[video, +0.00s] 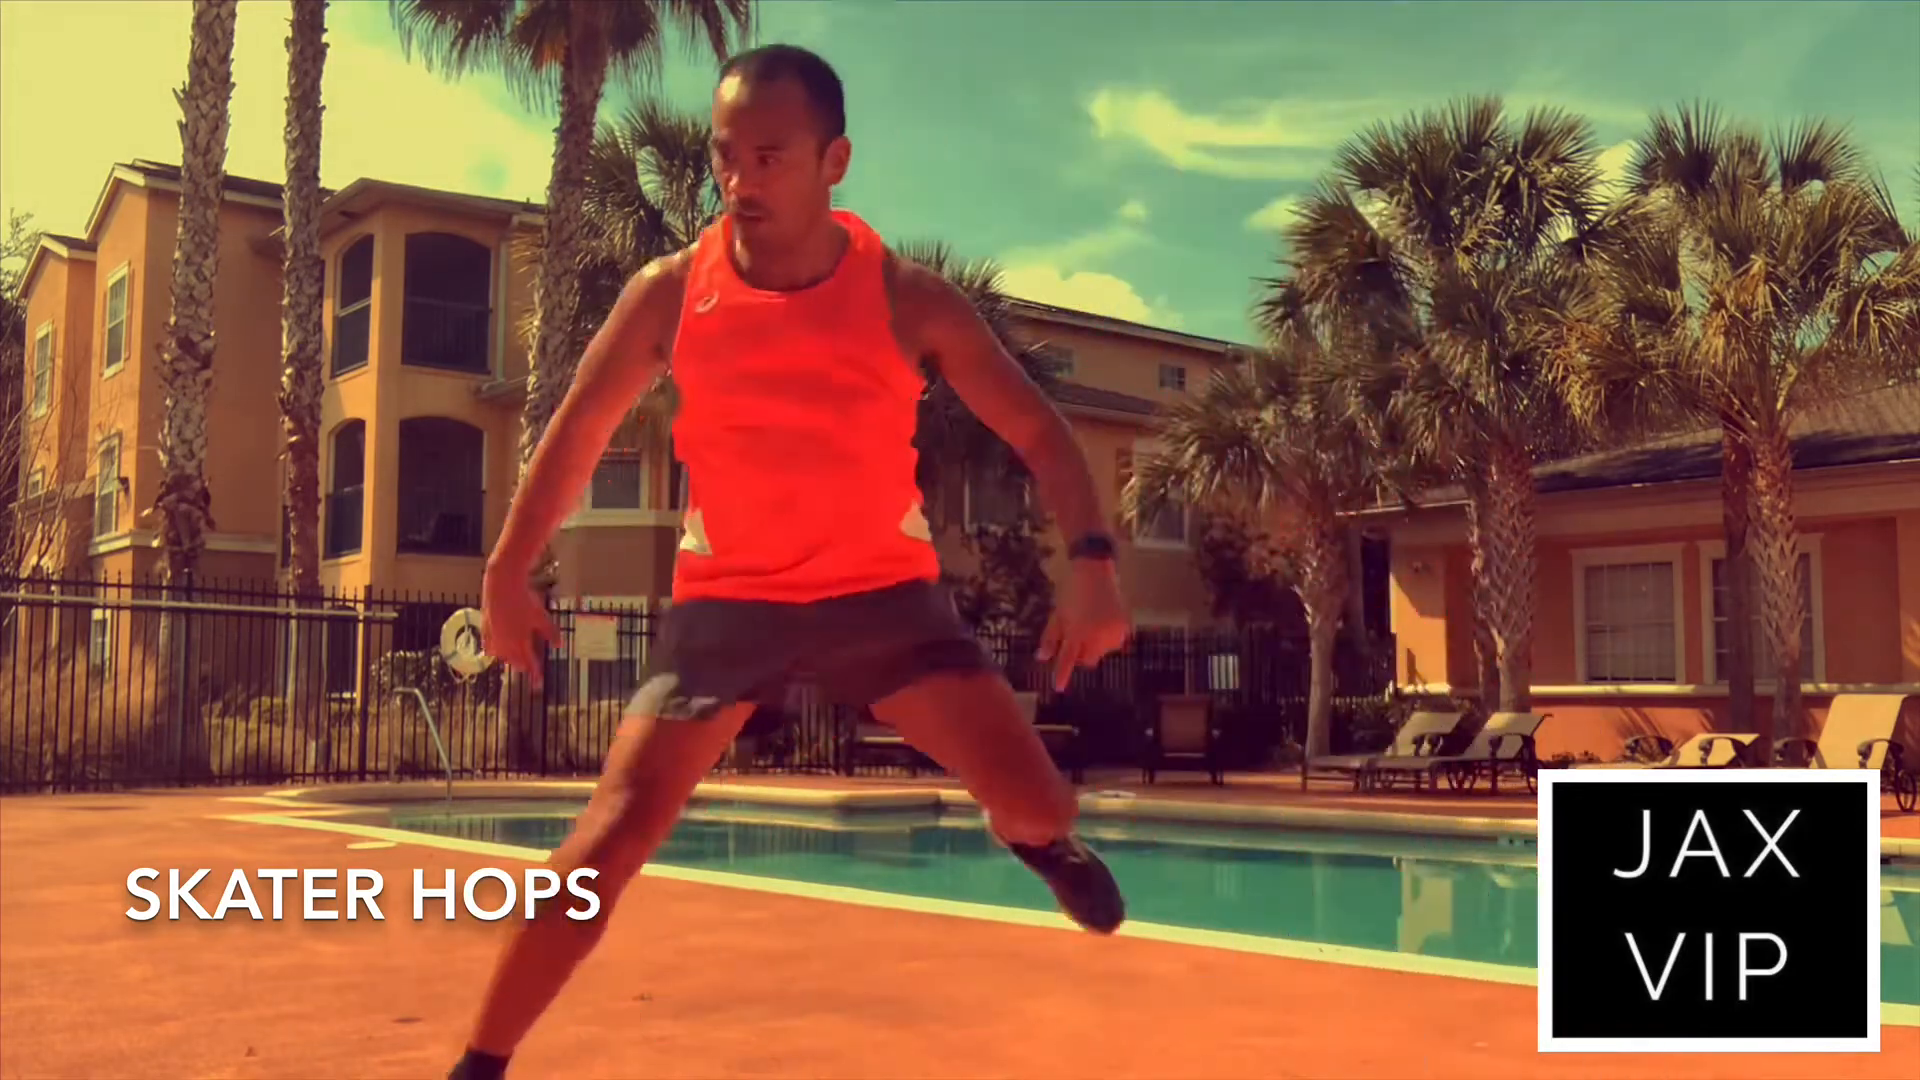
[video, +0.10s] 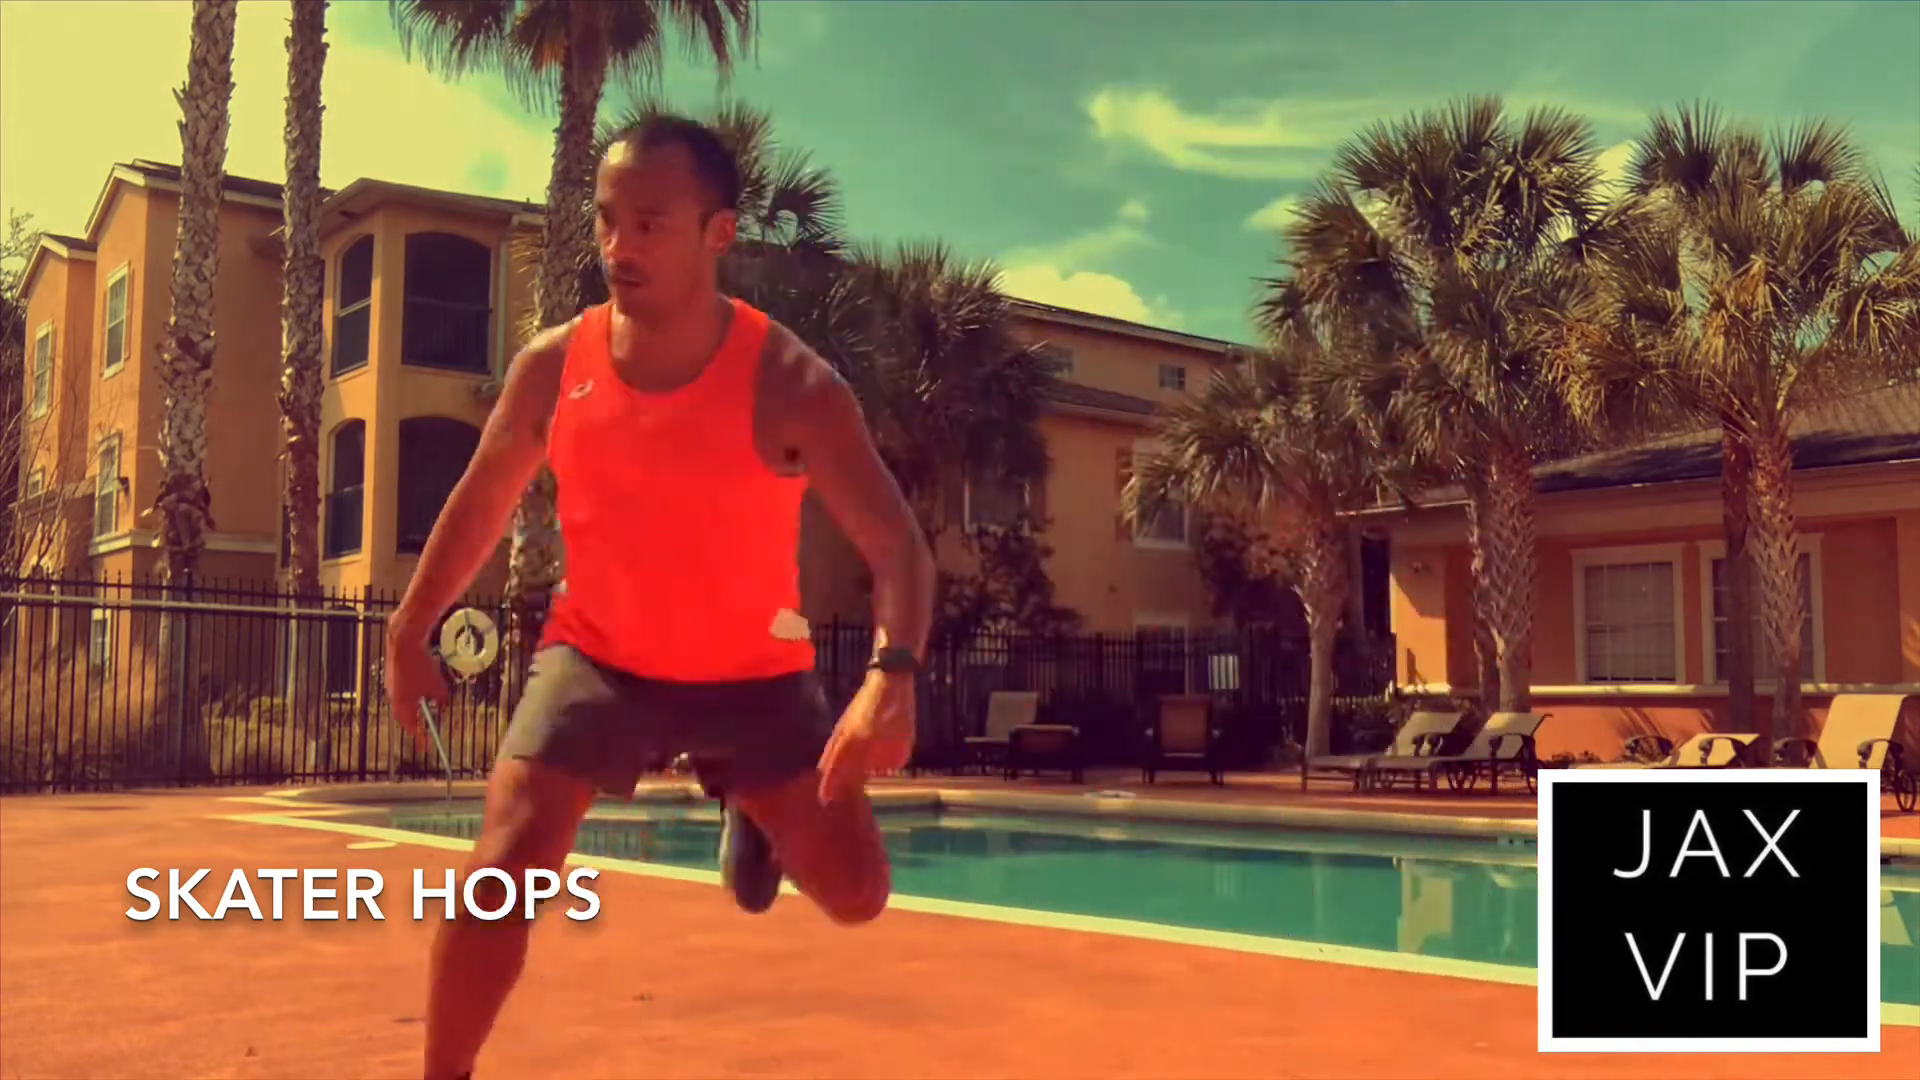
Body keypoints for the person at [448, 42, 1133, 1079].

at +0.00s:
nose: (739, 182)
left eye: (767, 156)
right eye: (726, 156)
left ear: (834, 159)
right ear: (710, 155)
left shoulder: (908, 296)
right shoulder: (669, 294)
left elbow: (1036, 432)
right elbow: (576, 434)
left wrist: (1091, 558)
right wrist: (504, 572)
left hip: (885, 599)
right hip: (726, 606)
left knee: (1042, 808)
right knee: (613, 834)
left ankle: (1040, 844)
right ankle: (480, 1063)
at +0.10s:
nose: (619, 247)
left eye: (650, 223)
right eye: (609, 220)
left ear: (720, 231)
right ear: (595, 224)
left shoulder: (791, 386)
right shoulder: (554, 368)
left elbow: (896, 548)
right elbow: (483, 498)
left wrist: (894, 677)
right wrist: (409, 626)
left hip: (758, 676)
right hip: (595, 664)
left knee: (858, 898)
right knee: (501, 873)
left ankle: (764, 809)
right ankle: (444, 1073)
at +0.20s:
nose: (528, 294)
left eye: (559, 271)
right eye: (520, 268)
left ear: (634, 289)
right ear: (508, 270)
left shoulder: (697, 429)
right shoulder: (480, 407)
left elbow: (743, 620)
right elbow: (421, 536)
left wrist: (670, 756)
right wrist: (343, 640)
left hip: (656, 710)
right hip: (519, 679)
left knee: (652, 966)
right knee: (476, 859)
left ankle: (541, 869)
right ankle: (438, 1073)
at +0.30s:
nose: (468, 348)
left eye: (500, 326)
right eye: (460, 322)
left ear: (577, 342)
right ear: (450, 325)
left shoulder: (631, 480)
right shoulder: (434, 447)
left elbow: (614, 683)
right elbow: (398, 542)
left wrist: (481, 803)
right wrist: (293, 635)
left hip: (590, 745)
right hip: (461, 693)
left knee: (481, 981)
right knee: (437, 875)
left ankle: (352, 935)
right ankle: (433, 1075)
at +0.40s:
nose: (429, 411)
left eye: (461, 388)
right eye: (422, 385)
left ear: (537, 405)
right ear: (408, 387)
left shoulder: (593, 552)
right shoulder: (397, 496)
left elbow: (515, 739)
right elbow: (365, 562)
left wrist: (336, 839)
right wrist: (259, 638)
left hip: (529, 792)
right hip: (412, 714)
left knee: (359, 984)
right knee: (412, 862)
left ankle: (235, 1012)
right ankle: (429, 1077)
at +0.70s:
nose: (448, 392)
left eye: (481, 368)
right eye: (435, 364)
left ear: (544, 381)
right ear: (418, 367)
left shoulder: (604, 518)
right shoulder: (393, 484)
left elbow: (577, 728)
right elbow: (352, 593)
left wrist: (419, 816)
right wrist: (269, 704)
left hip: (517, 766)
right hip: (396, 711)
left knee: (354, 974)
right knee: (409, 859)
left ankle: (196, 1018)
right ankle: (424, 1076)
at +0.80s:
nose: (520, 297)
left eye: (552, 274)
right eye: (502, 267)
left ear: (604, 288)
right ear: (477, 271)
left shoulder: (670, 426)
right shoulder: (447, 427)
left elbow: (687, 638)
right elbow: (392, 561)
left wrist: (602, 805)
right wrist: (308, 690)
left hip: (588, 722)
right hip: (469, 664)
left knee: (451, 932)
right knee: (447, 873)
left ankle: (283, 992)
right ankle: (429, 1075)